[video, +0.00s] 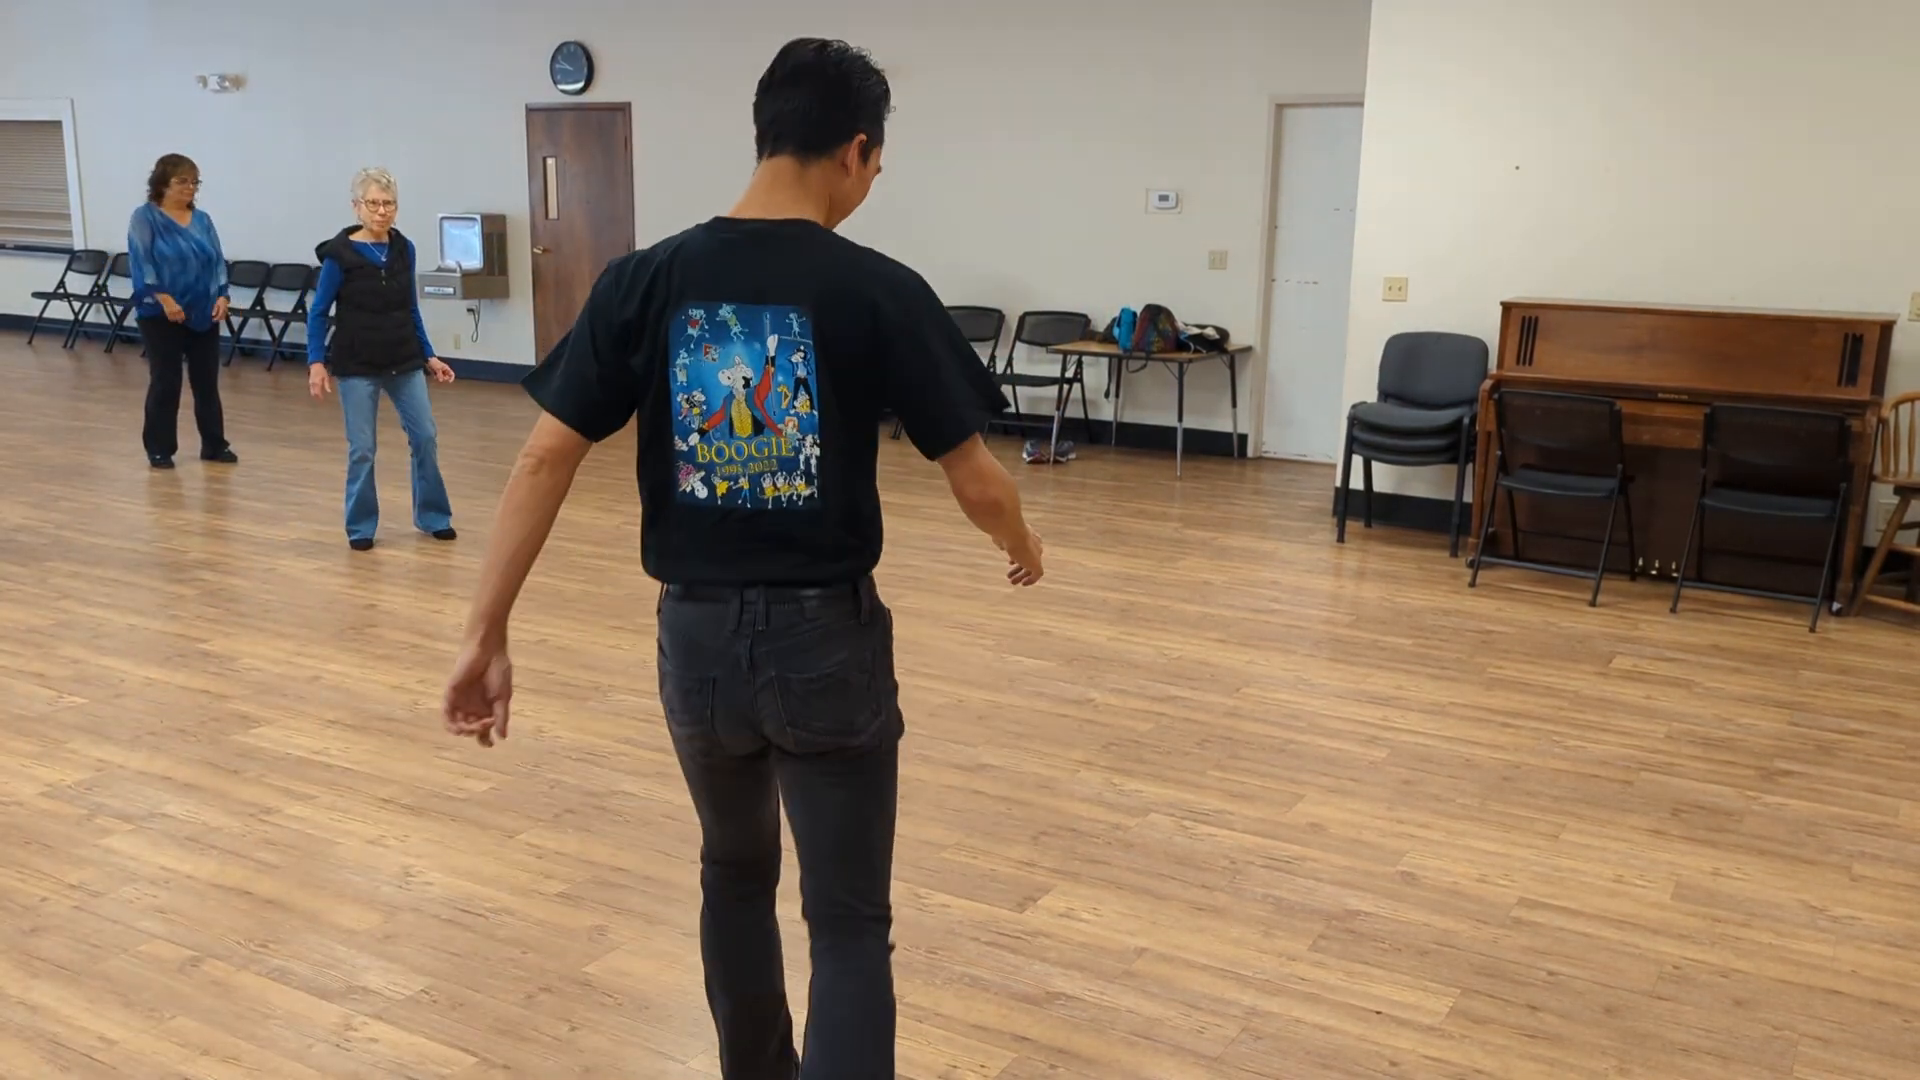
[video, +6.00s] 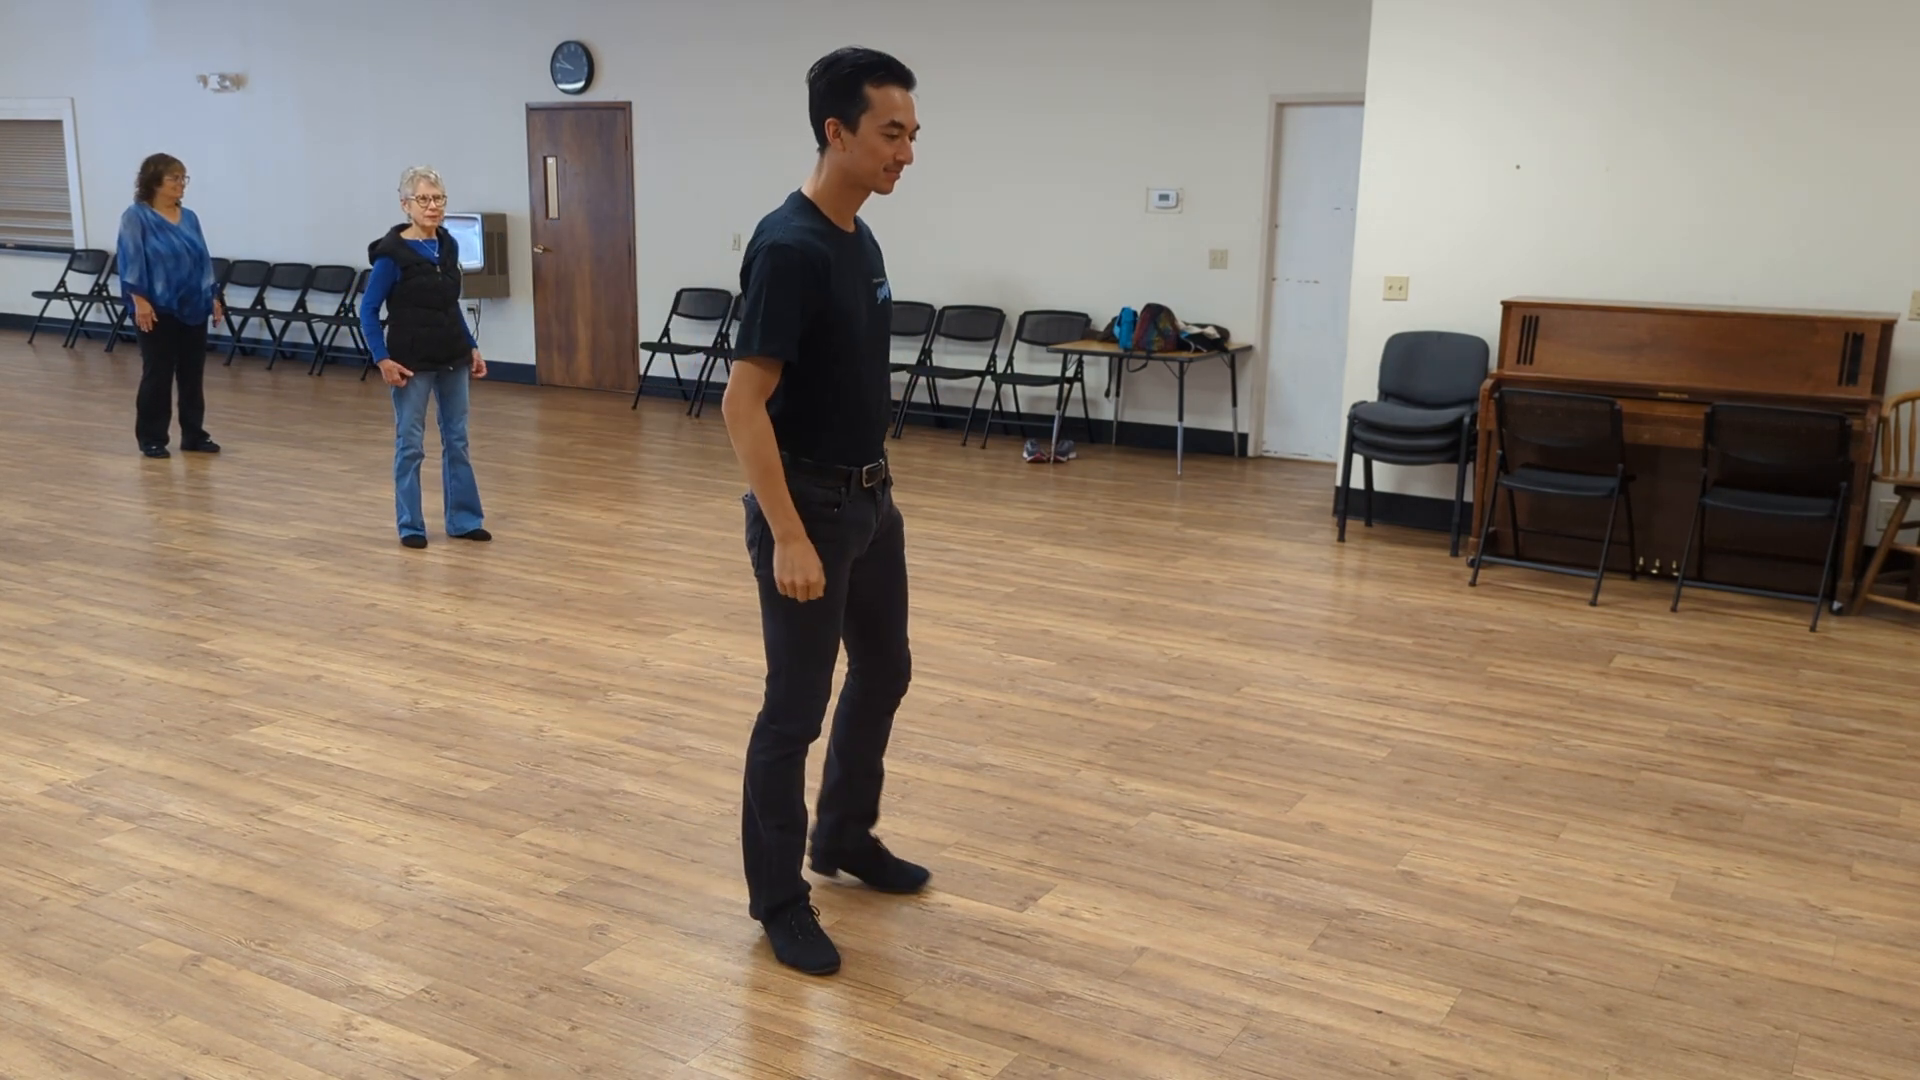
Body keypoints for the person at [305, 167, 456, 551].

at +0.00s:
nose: (382, 210)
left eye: (388, 203)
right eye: (373, 204)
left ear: (396, 207)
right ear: (357, 206)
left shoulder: (403, 249)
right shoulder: (340, 253)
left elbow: (411, 309)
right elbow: (318, 312)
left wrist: (429, 356)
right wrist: (316, 362)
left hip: (405, 361)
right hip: (356, 365)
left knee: (425, 436)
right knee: (362, 449)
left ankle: (434, 517)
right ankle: (361, 528)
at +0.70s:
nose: (426, 212)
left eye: (432, 205)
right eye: (417, 206)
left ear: (440, 209)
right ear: (402, 209)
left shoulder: (447, 250)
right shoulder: (386, 253)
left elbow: (458, 309)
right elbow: (367, 312)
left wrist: (475, 357)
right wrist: (371, 363)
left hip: (448, 358)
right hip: (403, 361)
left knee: (441, 439)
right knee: (413, 439)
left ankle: (439, 518)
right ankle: (405, 519)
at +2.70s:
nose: (409, 209)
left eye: (415, 203)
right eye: (401, 203)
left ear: (422, 207)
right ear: (384, 207)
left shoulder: (423, 248)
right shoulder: (368, 253)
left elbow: (416, 300)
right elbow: (335, 305)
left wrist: (421, 341)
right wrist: (351, 355)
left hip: (426, 358)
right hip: (384, 362)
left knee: (446, 433)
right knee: (393, 444)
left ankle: (438, 513)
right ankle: (403, 524)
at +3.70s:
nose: (441, 208)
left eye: (446, 201)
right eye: (432, 201)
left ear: (454, 206)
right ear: (416, 206)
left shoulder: (457, 247)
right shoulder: (401, 251)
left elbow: (459, 303)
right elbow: (373, 307)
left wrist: (476, 348)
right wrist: (385, 355)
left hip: (461, 358)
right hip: (417, 360)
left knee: (456, 441)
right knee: (416, 444)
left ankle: (456, 518)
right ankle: (406, 524)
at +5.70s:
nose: (424, 208)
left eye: (429, 201)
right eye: (415, 202)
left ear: (435, 205)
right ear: (397, 206)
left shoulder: (435, 247)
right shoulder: (382, 253)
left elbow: (436, 306)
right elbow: (353, 310)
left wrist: (454, 349)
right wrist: (370, 359)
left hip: (440, 359)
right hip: (397, 363)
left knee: (455, 439)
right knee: (403, 447)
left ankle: (464, 521)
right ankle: (409, 526)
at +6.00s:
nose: (433, 206)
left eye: (439, 199)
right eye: (424, 200)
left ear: (445, 203)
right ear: (406, 205)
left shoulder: (448, 246)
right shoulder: (393, 252)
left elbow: (451, 304)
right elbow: (367, 309)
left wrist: (471, 348)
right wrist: (382, 359)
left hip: (454, 357)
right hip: (411, 360)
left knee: (457, 441)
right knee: (411, 446)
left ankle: (464, 521)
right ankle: (411, 526)